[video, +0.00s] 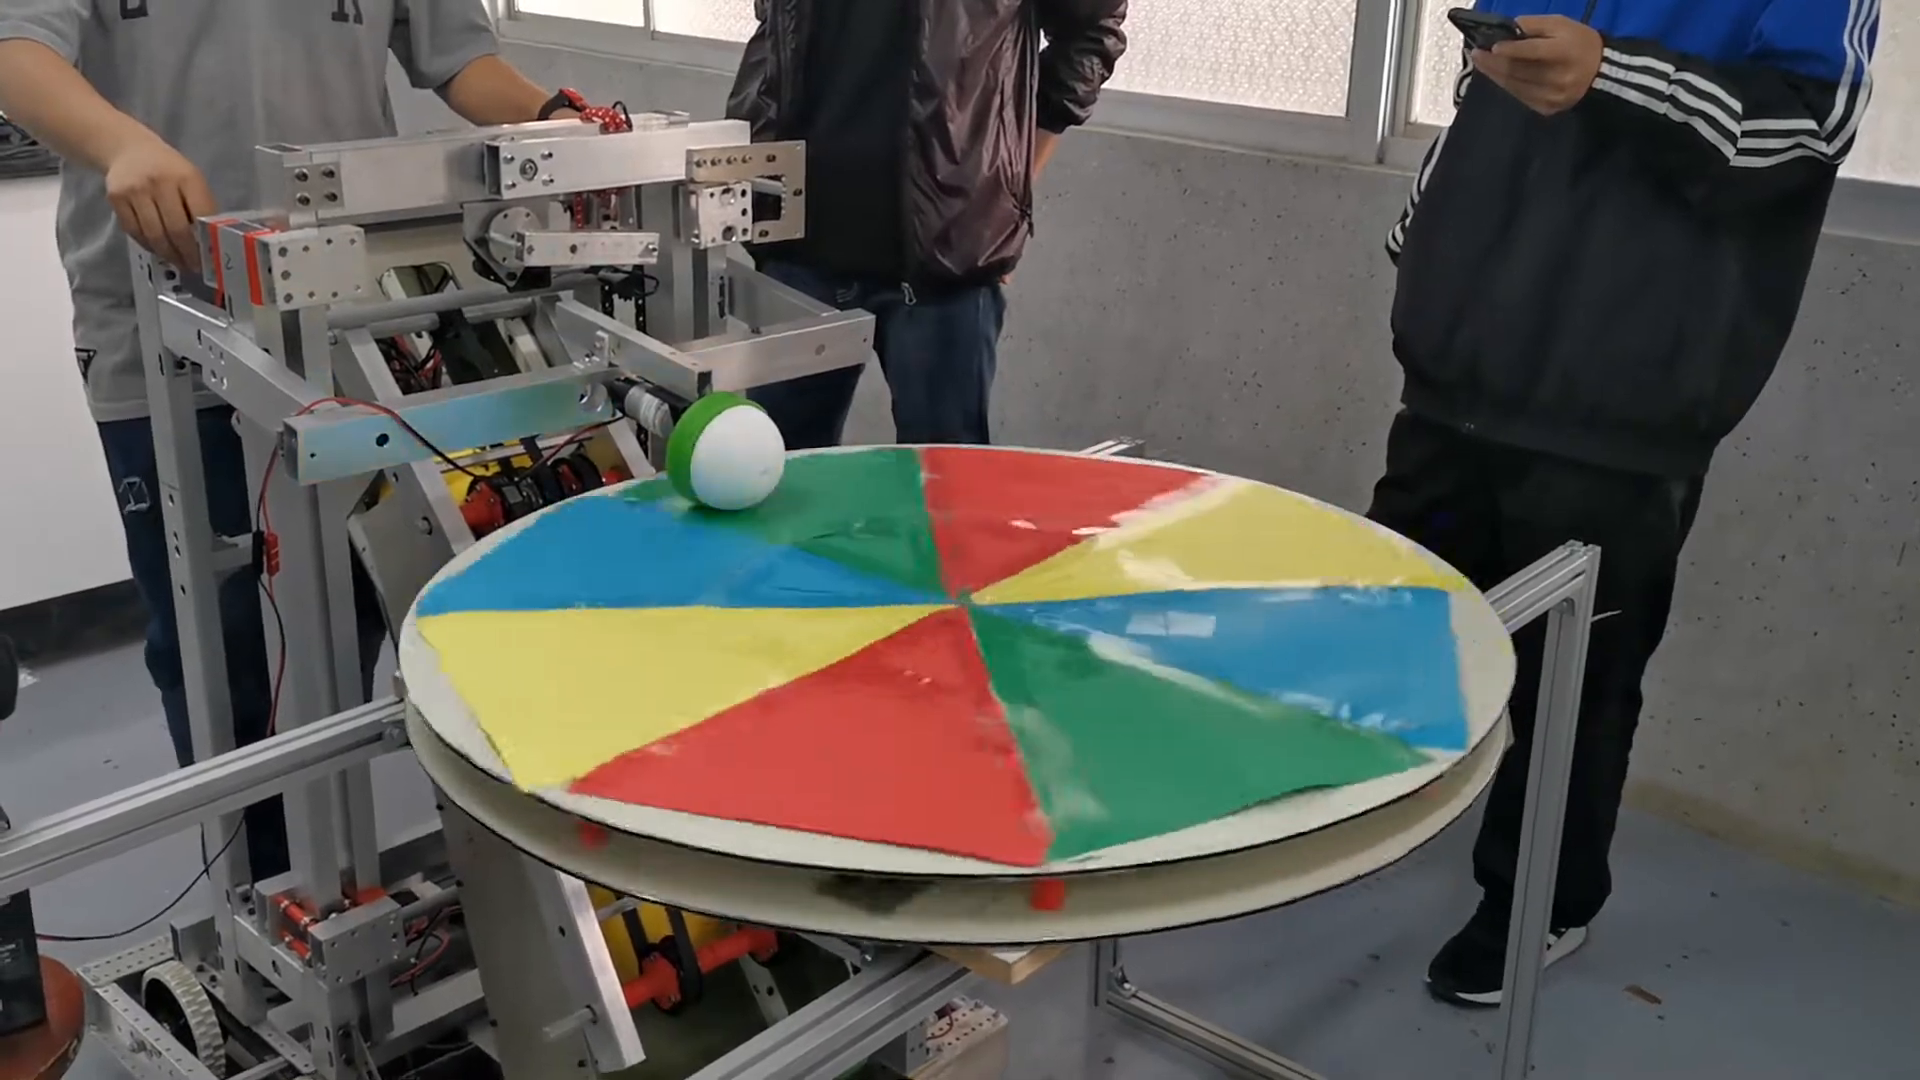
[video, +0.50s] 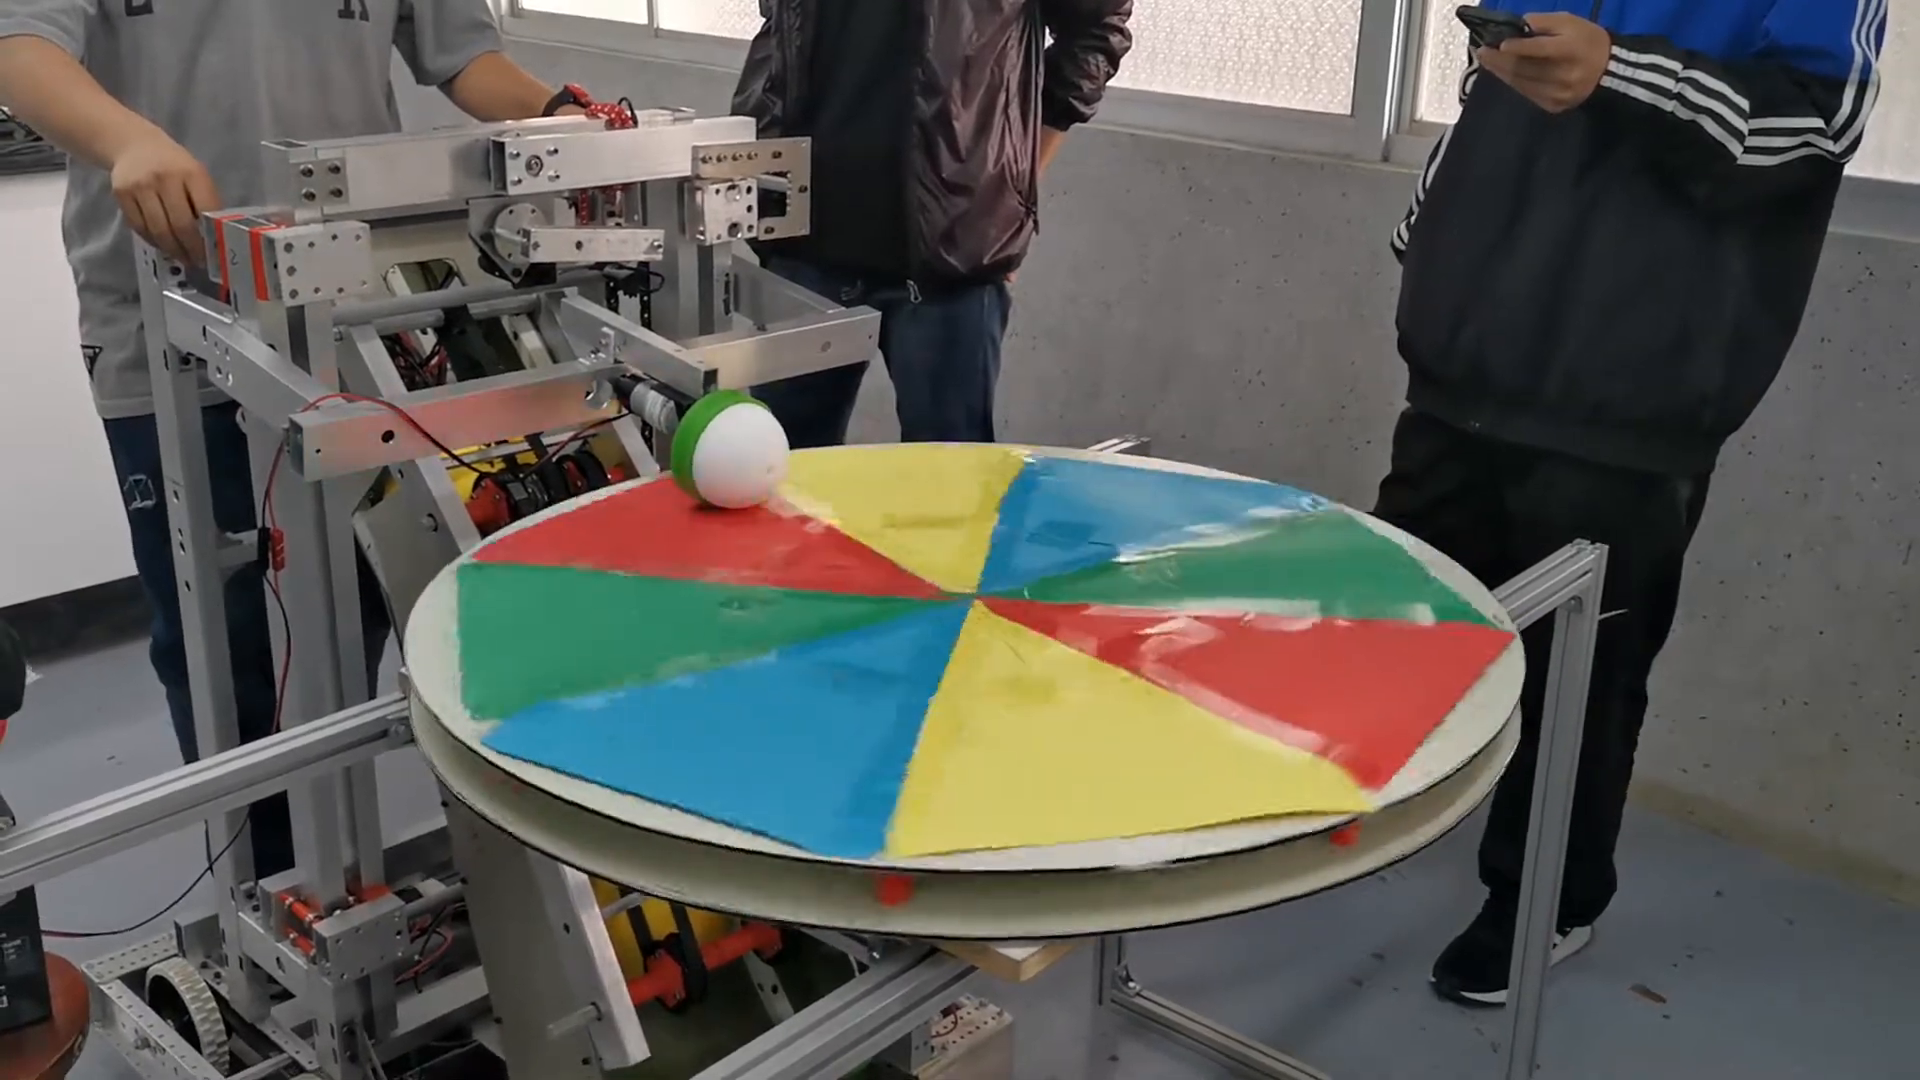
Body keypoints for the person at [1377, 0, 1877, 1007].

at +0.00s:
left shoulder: (1815, 9)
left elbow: (1806, 130)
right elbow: (1490, 85)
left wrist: (1606, 73)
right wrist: (1416, 245)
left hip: (1638, 369)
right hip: (1474, 323)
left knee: (1576, 661)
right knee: (1405, 612)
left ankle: (1536, 901)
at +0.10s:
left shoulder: (1817, 9)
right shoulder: (1546, 4)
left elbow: (1807, 130)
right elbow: (1490, 89)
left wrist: (1607, 73)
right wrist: (1417, 245)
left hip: (1638, 370)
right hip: (1474, 325)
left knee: (1576, 661)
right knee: (1405, 610)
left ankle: (1537, 901)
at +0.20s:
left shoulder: (1816, 9)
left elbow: (1810, 128)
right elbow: (1492, 86)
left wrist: (1609, 73)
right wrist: (1418, 246)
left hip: (1639, 369)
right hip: (1476, 324)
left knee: (1577, 661)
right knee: (1404, 610)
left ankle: (1538, 899)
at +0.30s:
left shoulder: (1818, 8)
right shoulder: (1546, 3)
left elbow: (1811, 128)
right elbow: (1492, 88)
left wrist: (1610, 73)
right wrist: (1421, 241)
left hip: (1641, 367)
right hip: (1477, 321)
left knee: (1578, 660)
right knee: (1405, 607)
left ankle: (1538, 901)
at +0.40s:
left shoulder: (1818, 10)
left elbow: (1813, 126)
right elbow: (1495, 83)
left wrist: (1611, 72)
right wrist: (1420, 245)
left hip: (1643, 363)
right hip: (1479, 317)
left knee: (1579, 657)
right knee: (1410, 605)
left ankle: (1542, 897)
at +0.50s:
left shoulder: (1820, 10)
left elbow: (1815, 126)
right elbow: (1495, 71)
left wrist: (1613, 71)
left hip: (1645, 361)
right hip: (1481, 315)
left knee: (1580, 655)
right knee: (1412, 606)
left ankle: (1543, 898)